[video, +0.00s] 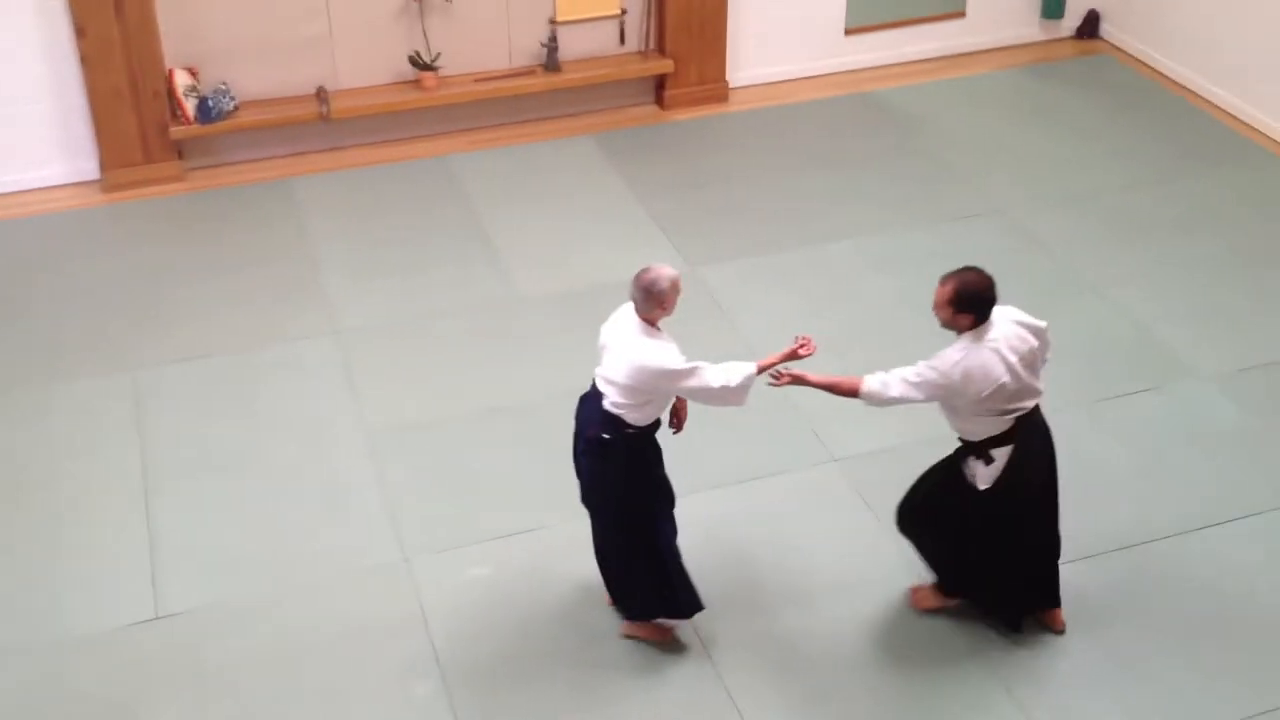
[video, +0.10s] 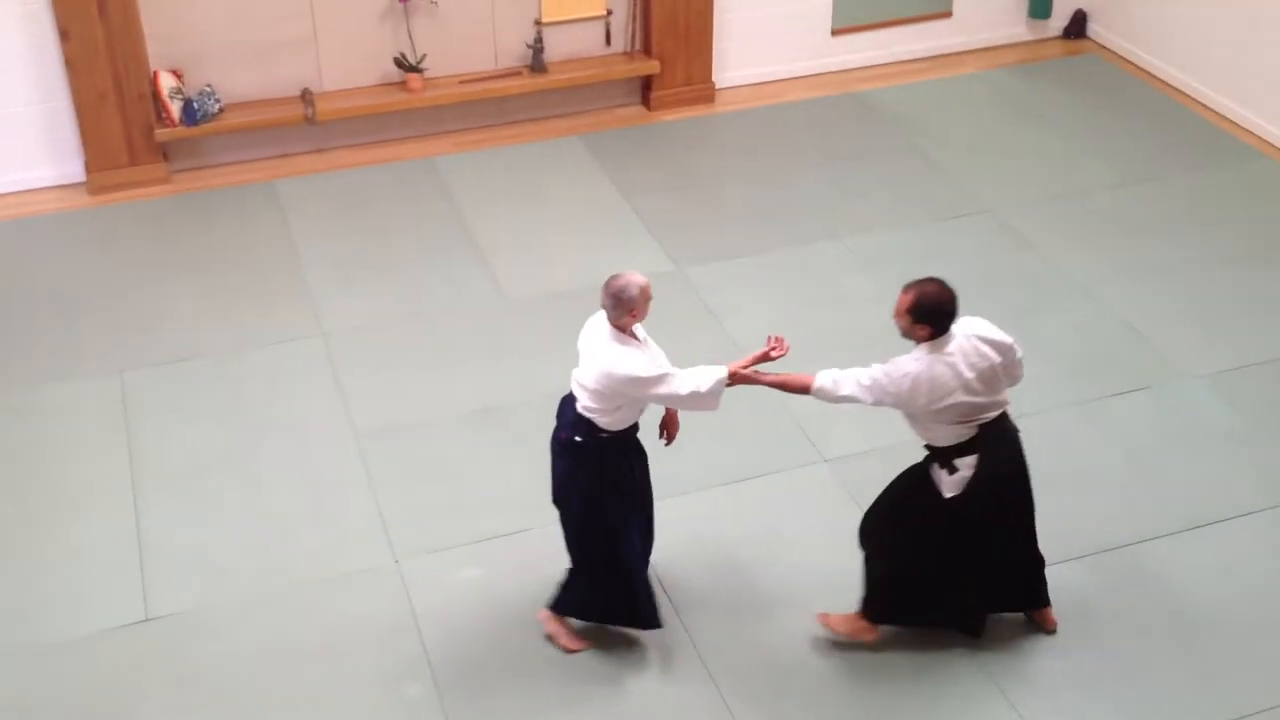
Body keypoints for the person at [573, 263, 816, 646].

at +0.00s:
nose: (677, 295)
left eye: (675, 290)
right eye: (674, 292)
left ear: (640, 295)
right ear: (664, 305)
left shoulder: (625, 315)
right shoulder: (653, 359)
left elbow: (647, 365)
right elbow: (718, 380)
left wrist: (676, 395)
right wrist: (782, 356)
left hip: (596, 415)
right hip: (615, 443)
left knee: (615, 513)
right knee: (635, 523)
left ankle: (622, 584)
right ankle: (638, 618)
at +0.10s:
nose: (649, 304)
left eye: (647, 299)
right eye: (645, 301)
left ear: (617, 303)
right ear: (631, 312)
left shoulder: (612, 320)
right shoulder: (616, 365)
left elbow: (658, 363)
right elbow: (683, 384)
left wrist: (671, 408)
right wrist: (754, 358)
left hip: (617, 434)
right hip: (586, 446)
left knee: (632, 513)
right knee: (601, 532)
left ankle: (625, 576)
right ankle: (555, 613)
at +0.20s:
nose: (616, 312)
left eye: (614, 307)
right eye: (611, 309)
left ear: (586, 317)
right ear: (592, 322)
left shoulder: (589, 328)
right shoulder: (578, 368)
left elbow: (631, 369)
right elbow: (644, 390)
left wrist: (651, 422)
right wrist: (707, 355)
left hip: (595, 439)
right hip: (558, 451)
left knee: (614, 511)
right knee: (554, 535)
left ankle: (609, 585)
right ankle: (497, 606)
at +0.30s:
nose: (584, 314)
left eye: (581, 309)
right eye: (577, 313)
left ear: (555, 323)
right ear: (552, 328)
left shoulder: (576, 330)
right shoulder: (542, 369)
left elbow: (609, 378)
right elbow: (605, 396)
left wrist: (625, 434)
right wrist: (660, 358)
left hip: (577, 444)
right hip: (533, 453)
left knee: (596, 517)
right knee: (515, 532)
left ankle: (594, 586)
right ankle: (472, 604)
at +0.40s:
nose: (549, 319)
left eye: (548, 312)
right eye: (541, 317)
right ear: (514, 327)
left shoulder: (553, 332)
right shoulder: (506, 371)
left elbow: (584, 387)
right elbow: (565, 404)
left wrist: (597, 449)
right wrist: (620, 374)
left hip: (556, 446)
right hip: (507, 456)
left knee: (580, 516)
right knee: (490, 535)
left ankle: (587, 588)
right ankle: (468, 612)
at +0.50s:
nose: (519, 324)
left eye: (519, 316)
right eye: (510, 321)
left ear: (519, 307)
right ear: (483, 324)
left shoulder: (533, 333)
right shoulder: (476, 371)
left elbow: (561, 395)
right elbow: (526, 412)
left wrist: (565, 459)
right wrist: (579, 393)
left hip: (541, 446)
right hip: (492, 459)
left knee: (569, 518)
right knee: (484, 537)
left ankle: (585, 588)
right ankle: (469, 610)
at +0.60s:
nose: (493, 325)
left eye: (495, 315)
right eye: (483, 319)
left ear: (499, 307)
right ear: (459, 319)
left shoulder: (520, 336)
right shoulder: (453, 365)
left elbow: (543, 406)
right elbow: (490, 418)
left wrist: (531, 470)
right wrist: (546, 405)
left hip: (526, 446)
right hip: (473, 457)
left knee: (553, 520)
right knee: (467, 538)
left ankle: (581, 593)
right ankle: (460, 614)